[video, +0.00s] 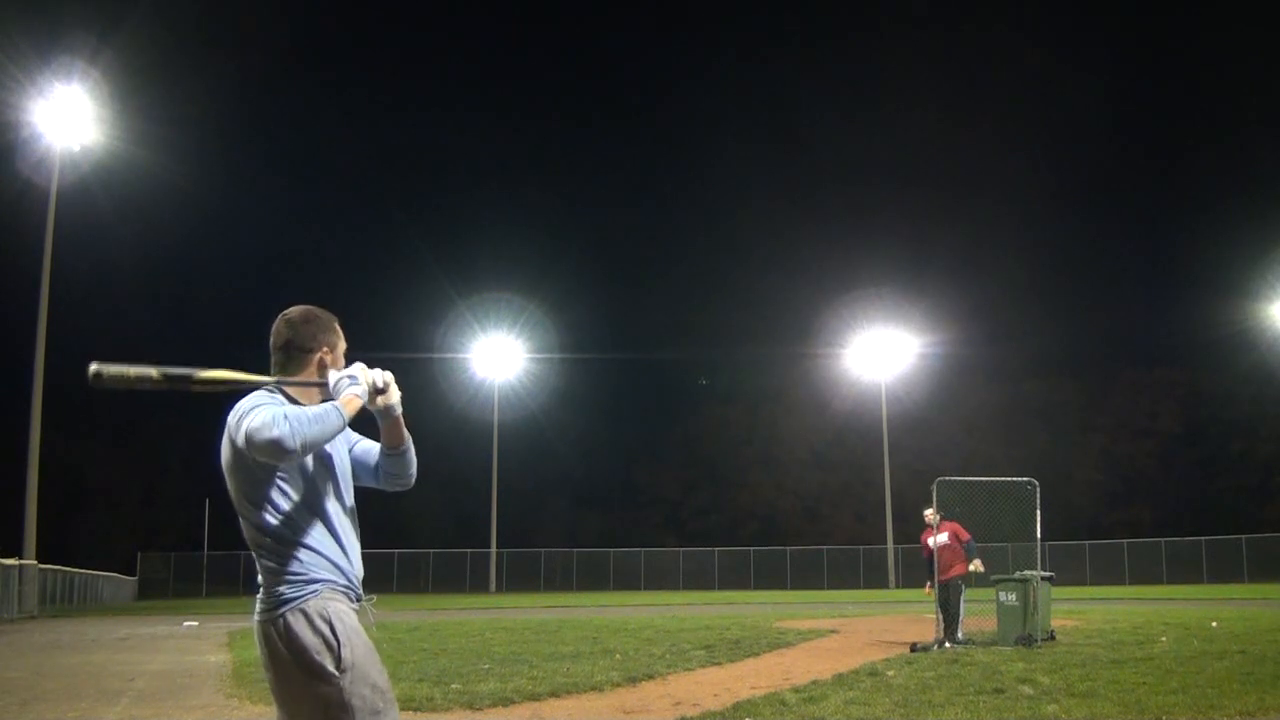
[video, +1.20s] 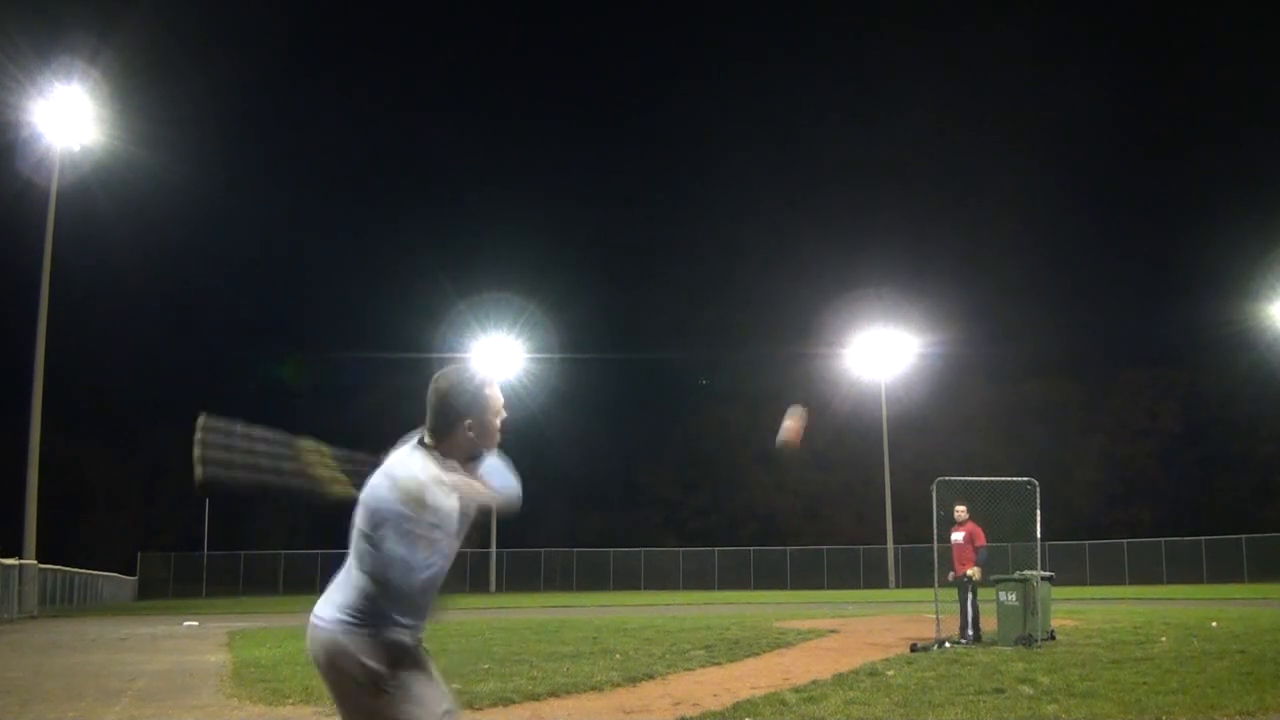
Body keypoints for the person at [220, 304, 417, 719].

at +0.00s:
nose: (345, 366)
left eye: (344, 356)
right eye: (343, 355)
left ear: (279, 353)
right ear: (325, 357)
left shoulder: (332, 432)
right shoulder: (257, 408)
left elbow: (399, 476)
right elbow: (279, 440)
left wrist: (391, 415)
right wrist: (352, 400)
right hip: (307, 611)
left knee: (316, 713)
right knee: (373, 711)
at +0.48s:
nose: (399, 354)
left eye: (399, 342)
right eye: (398, 342)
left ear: (336, 336)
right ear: (380, 346)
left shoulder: (372, 421)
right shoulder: (303, 381)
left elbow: (421, 490)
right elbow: (318, 419)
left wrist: (439, 438)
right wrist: (412, 398)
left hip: (337, 607)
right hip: (291, 608)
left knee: (390, 710)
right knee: (357, 711)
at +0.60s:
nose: (421, 351)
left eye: (421, 340)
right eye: (421, 340)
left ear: (356, 334)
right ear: (403, 346)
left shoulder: (387, 415)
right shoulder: (320, 383)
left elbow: (421, 503)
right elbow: (325, 433)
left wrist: (446, 464)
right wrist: (429, 423)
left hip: (346, 586)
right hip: (286, 590)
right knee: (343, 708)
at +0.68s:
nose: (431, 355)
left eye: (432, 346)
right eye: (431, 345)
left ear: (367, 338)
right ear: (414, 350)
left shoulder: (399, 414)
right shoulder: (329, 387)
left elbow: (423, 508)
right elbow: (329, 446)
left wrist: (450, 476)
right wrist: (429, 439)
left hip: (353, 575)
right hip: (290, 587)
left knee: (456, 604)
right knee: (347, 707)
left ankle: (394, 711)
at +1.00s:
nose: (467, 401)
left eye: (468, 391)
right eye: (466, 391)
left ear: (405, 376)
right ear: (447, 392)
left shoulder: (445, 437)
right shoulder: (358, 419)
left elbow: (491, 506)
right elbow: (308, 476)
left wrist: (461, 461)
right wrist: (405, 444)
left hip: (389, 596)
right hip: (321, 606)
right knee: (353, 704)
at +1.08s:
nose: (480, 402)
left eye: (479, 392)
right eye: (475, 392)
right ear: (454, 398)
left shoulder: (468, 439)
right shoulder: (360, 431)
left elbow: (505, 495)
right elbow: (300, 489)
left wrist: (448, 442)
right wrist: (394, 436)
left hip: (402, 612)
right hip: (334, 615)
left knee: (467, 703)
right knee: (363, 710)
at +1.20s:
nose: (505, 420)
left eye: (502, 411)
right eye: (498, 413)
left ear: (468, 427)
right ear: (469, 428)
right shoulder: (413, 484)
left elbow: (510, 492)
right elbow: (415, 583)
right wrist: (463, 506)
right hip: (360, 638)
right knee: (434, 710)